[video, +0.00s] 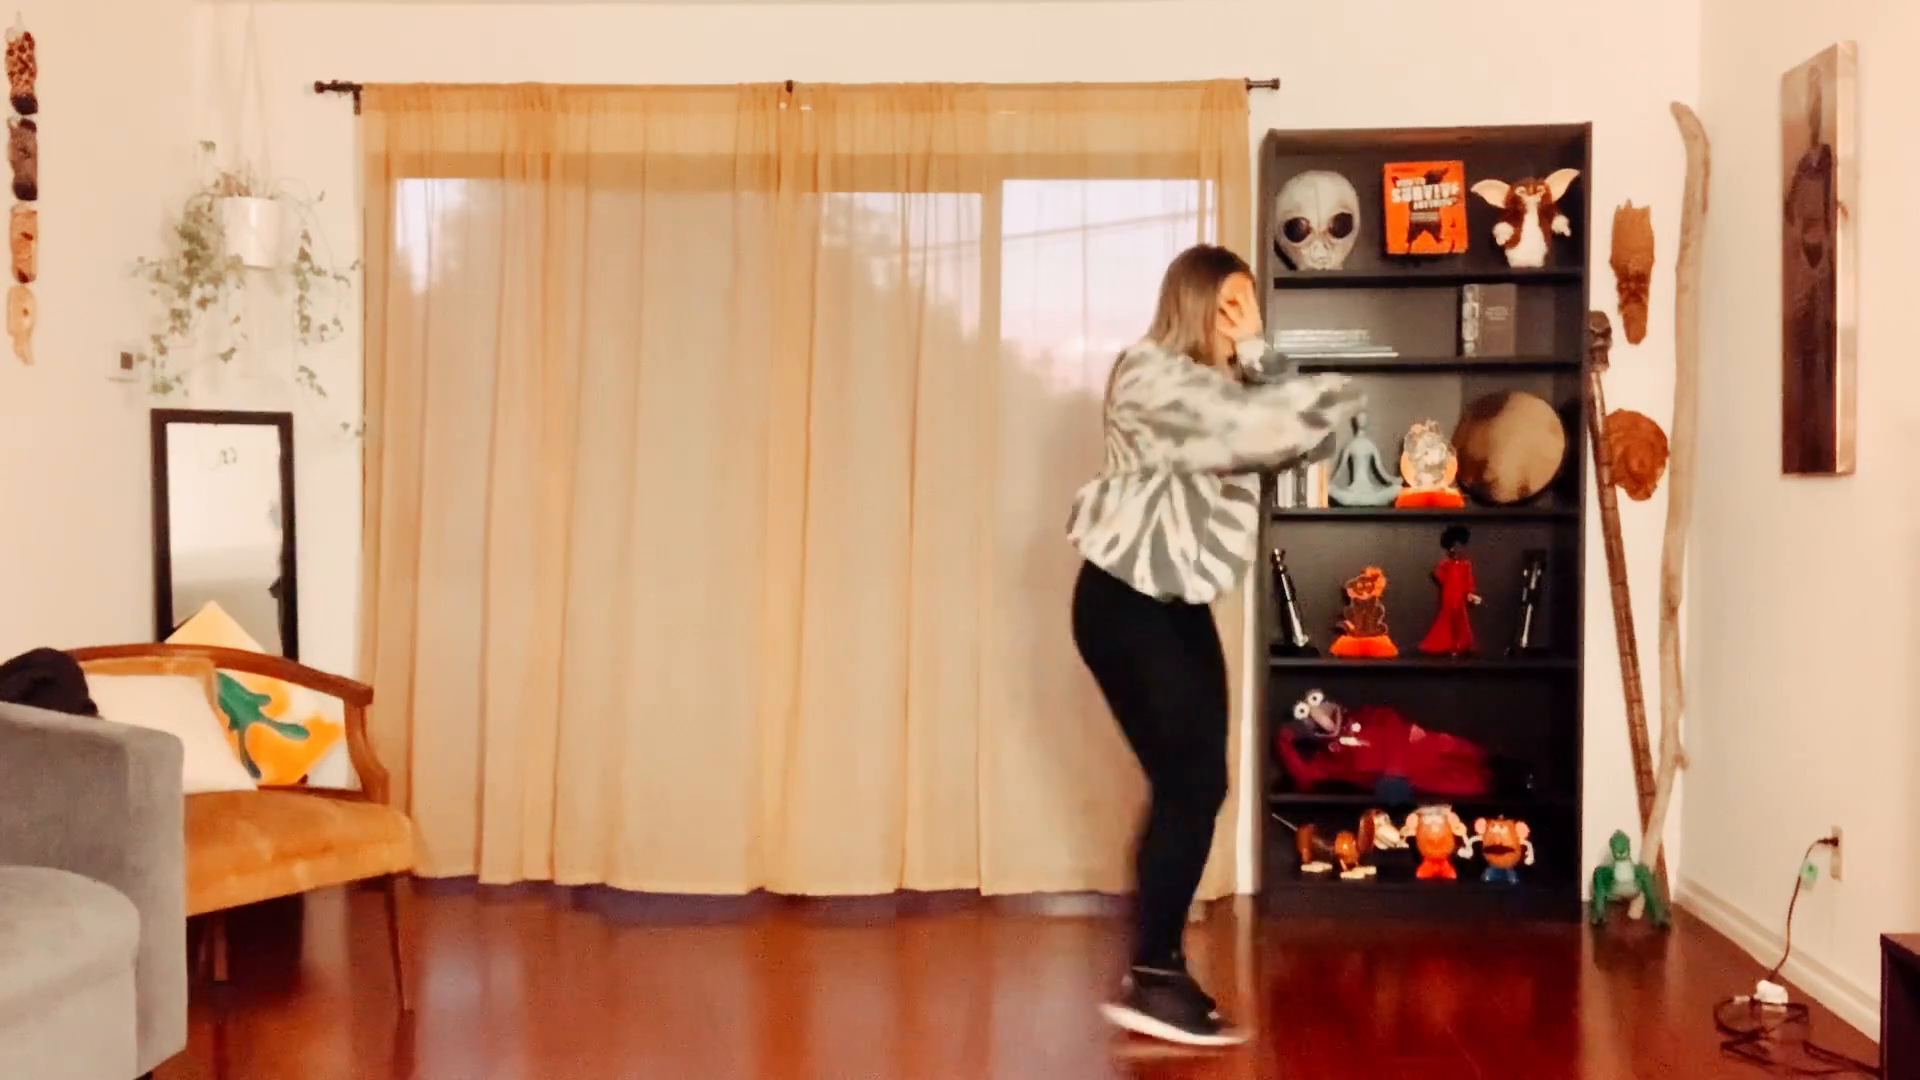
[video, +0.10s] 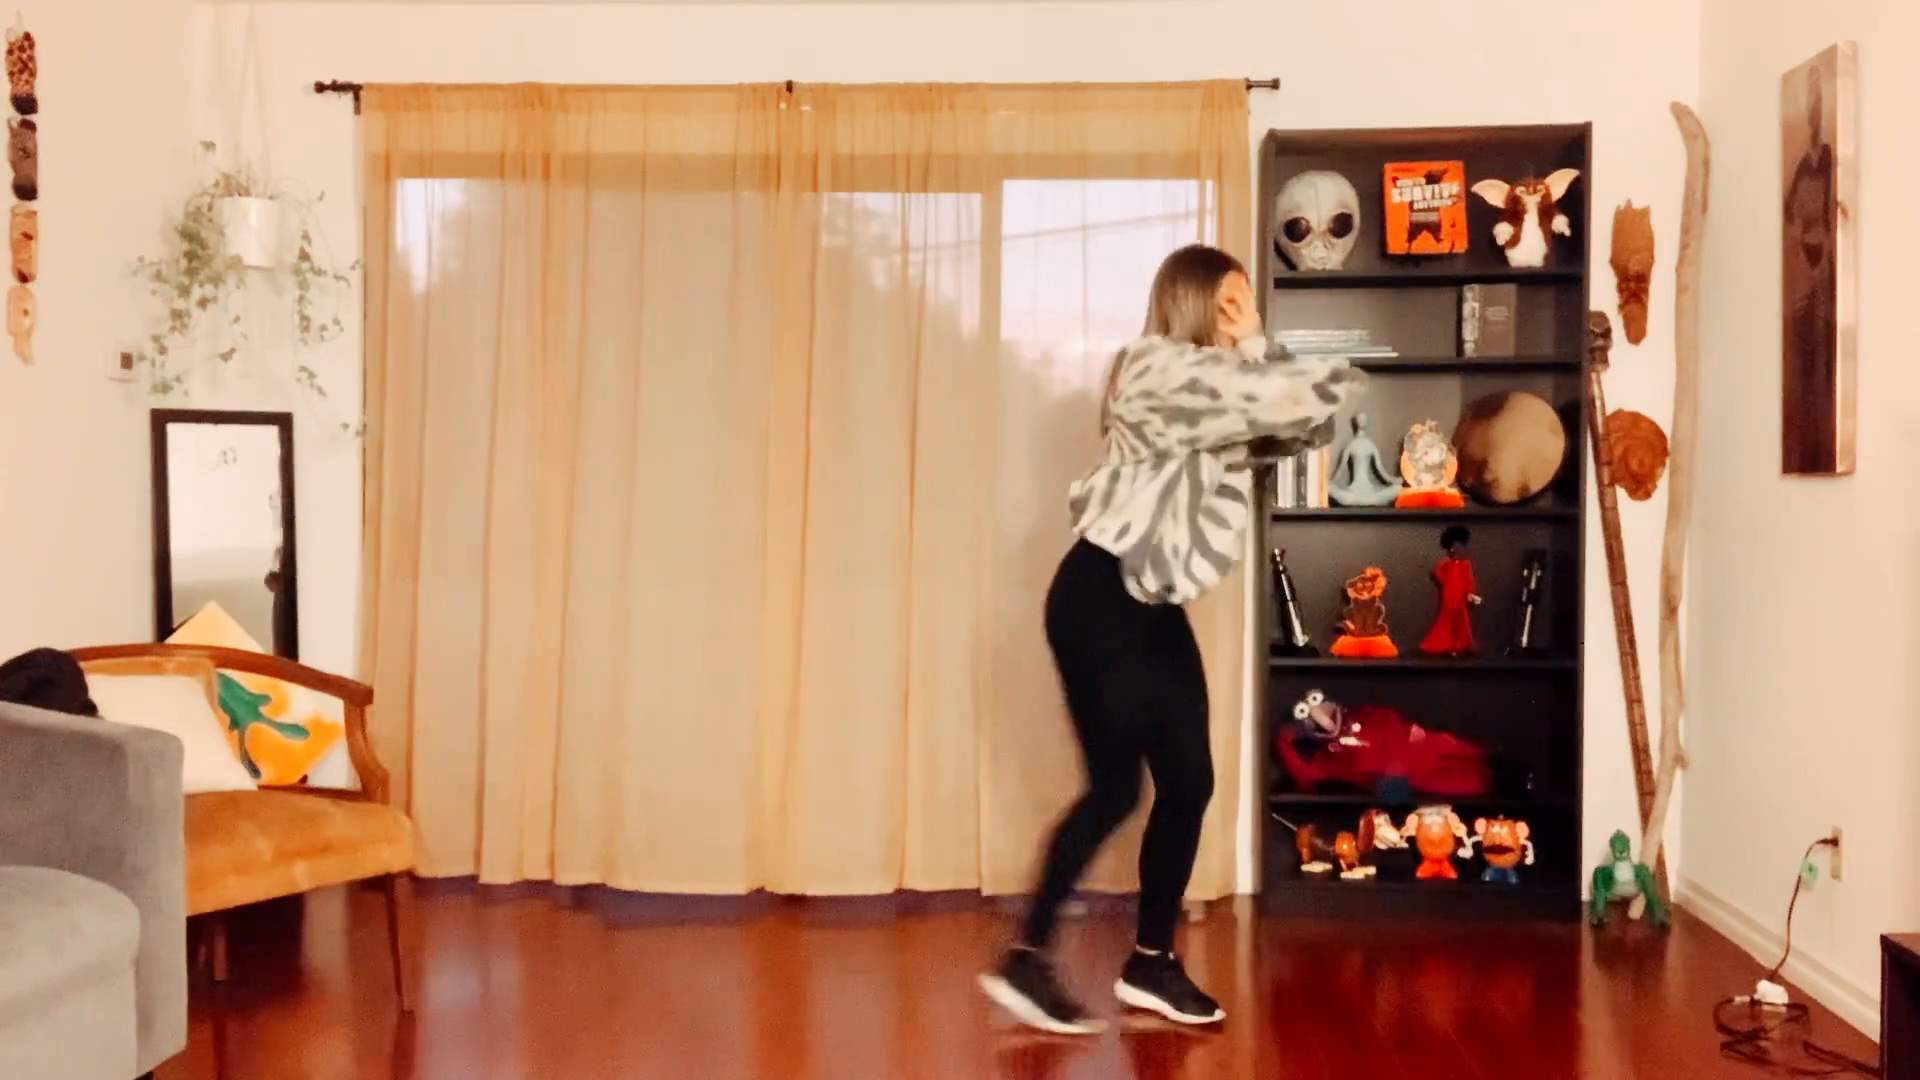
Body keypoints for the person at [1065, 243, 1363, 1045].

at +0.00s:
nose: (1248, 324)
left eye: (1251, 308)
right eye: (1238, 306)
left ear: (1215, 308)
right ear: (1202, 304)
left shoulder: (1207, 379)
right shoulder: (1151, 374)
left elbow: (1271, 425)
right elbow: (1252, 430)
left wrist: (1258, 363)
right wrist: (1337, 398)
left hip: (1177, 601)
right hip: (1126, 601)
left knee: (1201, 780)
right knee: (1189, 781)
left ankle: (1159, 968)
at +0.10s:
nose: (1252, 316)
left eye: (1250, 302)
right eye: (1241, 300)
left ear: (1189, 303)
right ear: (1206, 302)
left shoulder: (1206, 378)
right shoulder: (1159, 367)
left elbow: (1281, 429)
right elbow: (1285, 405)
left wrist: (1257, 350)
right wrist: (1339, 376)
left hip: (1156, 603)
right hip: (1097, 595)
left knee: (1187, 784)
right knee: (1115, 788)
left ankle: (1151, 960)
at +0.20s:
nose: (1238, 342)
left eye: (1237, 328)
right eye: (1226, 328)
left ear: (1206, 328)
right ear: (1185, 329)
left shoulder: (1208, 397)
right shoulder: (1149, 392)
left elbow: (1287, 413)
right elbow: (1245, 431)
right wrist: (1323, 414)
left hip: (1134, 626)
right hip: (1070, 610)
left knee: (1196, 790)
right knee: (1040, 801)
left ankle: (1147, 968)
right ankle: (924, 946)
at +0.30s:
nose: (1222, 388)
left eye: (1219, 373)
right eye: (1209, 374)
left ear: (1177, 382)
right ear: (1169, 379)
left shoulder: (1191, 448)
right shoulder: (1134, 439)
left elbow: (1249, 491)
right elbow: (1234, 501)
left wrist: (1239, 424)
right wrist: (1302, 462)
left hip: (1116, 664)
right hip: (1048, 642)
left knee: (1217, 802)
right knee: (960, 820)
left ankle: (1150, 969)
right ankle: (839, 965)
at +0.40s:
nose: (1203, 444)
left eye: (1207, 431)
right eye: (1191, 428)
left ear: (1199, 440)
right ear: (1151, 432)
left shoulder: (1189, 511)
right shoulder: (1104, 477)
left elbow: (1225, 587)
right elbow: (1205, 540)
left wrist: (1235, 516)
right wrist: (1242, 497)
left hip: (1097, 701)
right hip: (1009, 679)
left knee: (1220, 805)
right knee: (891, 833)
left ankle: (1151, 969)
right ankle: (823, 966)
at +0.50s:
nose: (1170, 493)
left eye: (1186, 489)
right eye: (1160, 479)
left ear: (1197, 513)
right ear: (1130, 481)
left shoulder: (1169, 573)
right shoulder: (1066, 498)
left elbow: (1147, 608)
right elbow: (1099, 533)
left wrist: (1160, 525)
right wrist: (1174, 537)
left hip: (1067, 725)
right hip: (965, 710)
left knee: (1205, 802)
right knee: (835, 840)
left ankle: (1150, 970)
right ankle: (823, 967)